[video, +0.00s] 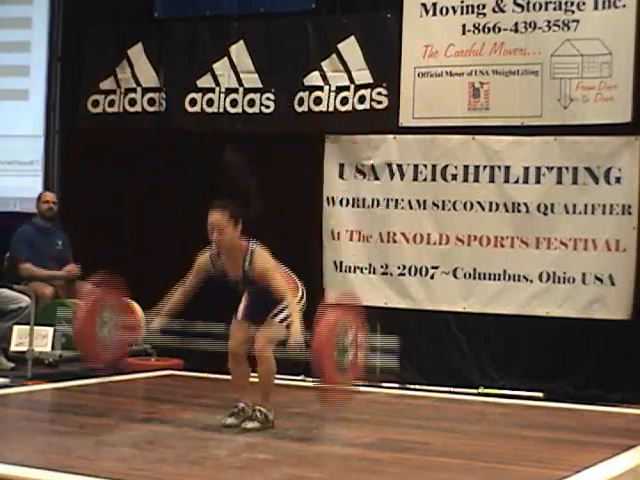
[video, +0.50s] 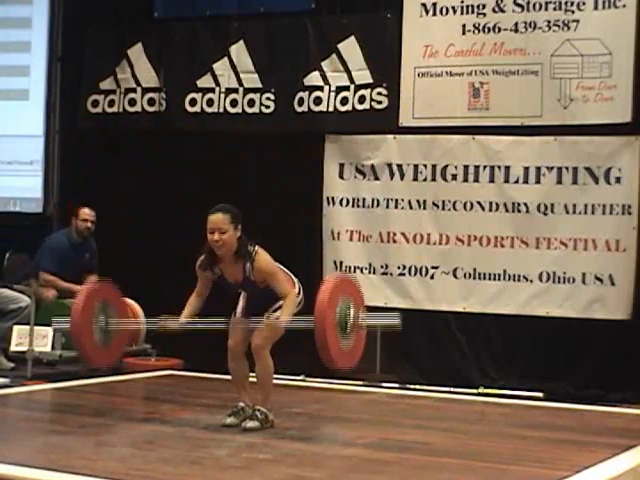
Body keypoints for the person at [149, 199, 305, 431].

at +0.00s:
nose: (214, 236)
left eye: (221, 230)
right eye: (211, 230)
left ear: (237, 229)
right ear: (208, 230)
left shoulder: (258, 258)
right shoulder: (208, 259)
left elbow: (289, 295)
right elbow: (185, 289)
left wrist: (297, 329)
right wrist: (160, 318)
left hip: (286, 296)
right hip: (254, 294)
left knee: (262, 345)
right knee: (236, 347)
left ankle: (265, 410)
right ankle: (243, 405)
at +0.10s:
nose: (213, 252)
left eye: (219, 247)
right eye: (210, 246)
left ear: (236, 246)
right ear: (206, 247)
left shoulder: (259, 273)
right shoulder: (208, 276)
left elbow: (286, 315)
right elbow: (192, 310)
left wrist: (282, 350)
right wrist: (171, 341)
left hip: (288, 305)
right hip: (255, 303)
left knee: (259, 346)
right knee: (233, 348)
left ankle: (264, 410)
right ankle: (244, 405)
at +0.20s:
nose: (212, 255)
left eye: (218, 249)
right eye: (209, 249)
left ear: (235, 247)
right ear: (204, 250)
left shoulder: (260, 273)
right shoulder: (208, 277)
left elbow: (291, 305)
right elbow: (202, 300)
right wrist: (184, 316)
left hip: (282, 305)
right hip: (251, 304)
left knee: (260, 347)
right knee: (233, 349)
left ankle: (264, 411)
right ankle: (245, 405)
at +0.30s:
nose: (212, 249)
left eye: (218, 243)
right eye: (208, 243)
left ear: (235, 242)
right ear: (204, 245)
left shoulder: (260, 267)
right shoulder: (208, 270)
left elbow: (296, 293)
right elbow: (202, 289)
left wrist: (282, 300)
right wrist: (179, 302)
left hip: (284, 299)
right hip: (248, 299)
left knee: (260, 345)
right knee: (235, 349)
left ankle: (265, 410)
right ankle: (244, 405)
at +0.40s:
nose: (213, 243)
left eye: (219, 237)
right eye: (209, 237)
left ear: (236, 236)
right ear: (204, 239)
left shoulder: (259, 262)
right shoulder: (207, 266)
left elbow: (296, 289)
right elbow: (203, 286)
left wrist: (281, 300)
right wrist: (182, 303)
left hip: (281, 298)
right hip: (249, 298)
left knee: (260, 344)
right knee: (235, 348)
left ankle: (264, 410)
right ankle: (244, 405)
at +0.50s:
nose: (216, 238)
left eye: (222, 232)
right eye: (211, 232)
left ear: (237, 232)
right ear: (206, 235)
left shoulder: (258, 260)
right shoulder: (207, 264)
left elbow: (291, 294)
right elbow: (199, 294)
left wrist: (282, 320)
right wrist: (182, 320)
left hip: (281, 298)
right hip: (249, 296)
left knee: (259, 344)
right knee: (234, 345)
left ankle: (264, 410)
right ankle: (244, 404)